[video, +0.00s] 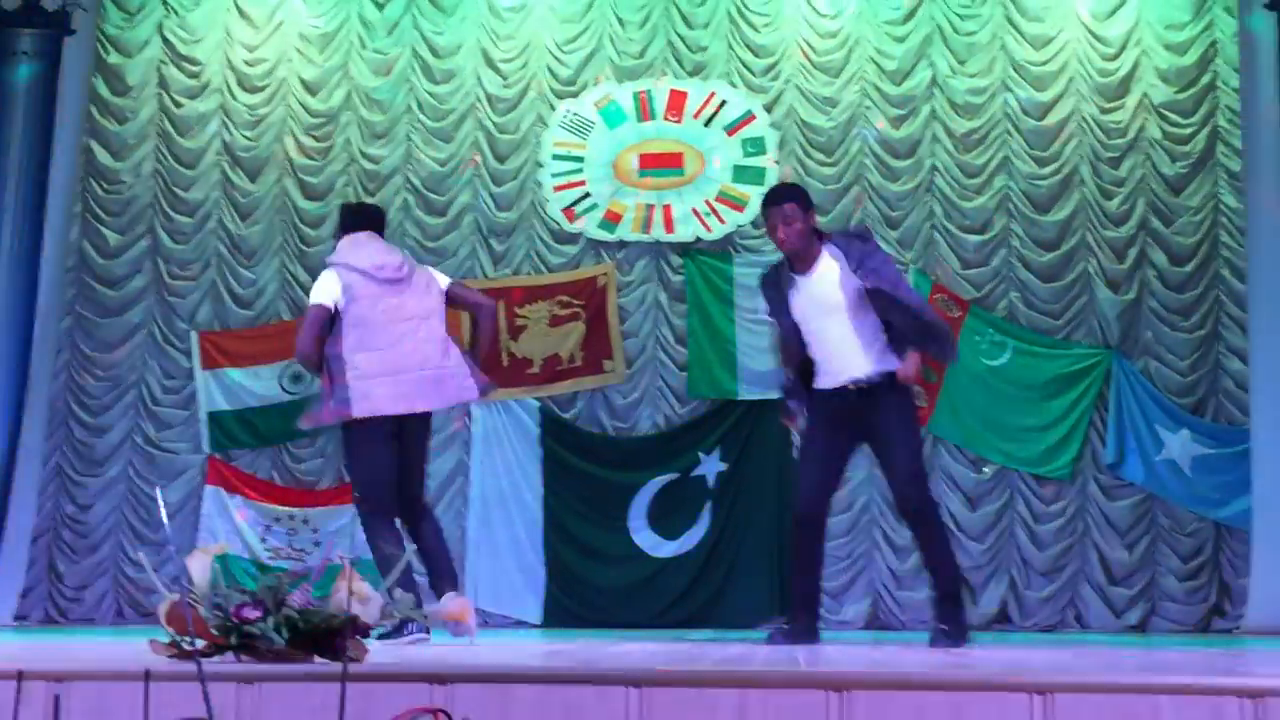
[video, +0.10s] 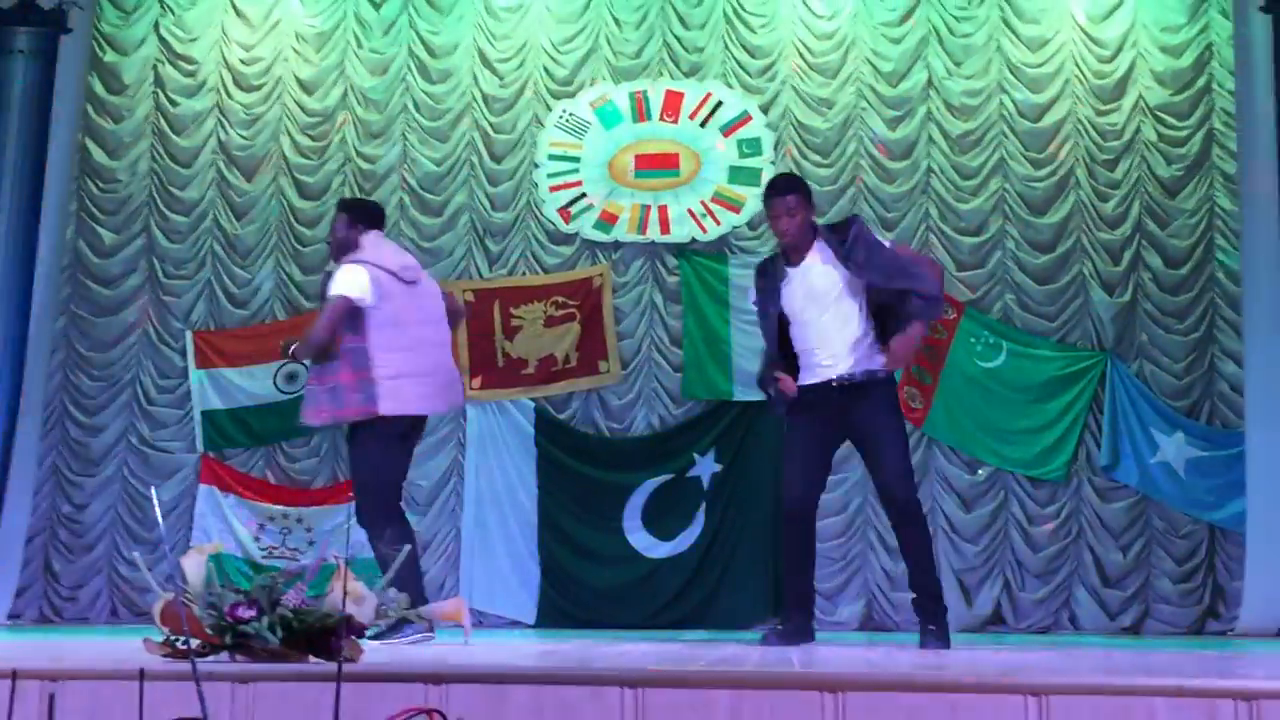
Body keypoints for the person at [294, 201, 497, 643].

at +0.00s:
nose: (336, 242)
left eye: (338, 236)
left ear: (342, 237)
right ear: (381, 235)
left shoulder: (336, 277)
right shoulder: (417, 272)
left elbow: (305, 349)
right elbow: (485, 306)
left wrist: (329, 374)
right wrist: (478, 368)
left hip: (370, 405)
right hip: (419, 401)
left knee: (376, 511)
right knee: (413, 501)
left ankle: (408, 615)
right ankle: (451, 597)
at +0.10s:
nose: (330, 240)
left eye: (335, 232)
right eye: (331, 232)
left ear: (355, 231)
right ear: (374, 231)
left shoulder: (355, 270)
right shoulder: (408, 265)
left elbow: (320, 339)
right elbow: (454, 309)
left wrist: (303, 352)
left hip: (383, 405)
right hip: (416, 404)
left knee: (376, 510)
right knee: (383, 506)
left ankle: (412, 613)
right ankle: (411, 608)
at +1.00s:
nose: (390, 291)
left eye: (399, 285)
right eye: (383, 284)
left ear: (412, 292)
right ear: (371, 290)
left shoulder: (433, 343)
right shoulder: (345, 343)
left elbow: (456, 413)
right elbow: (313, 408)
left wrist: (411, 395)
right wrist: (363, 393)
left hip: (412, 467)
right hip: (361, 468)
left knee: (411, 566)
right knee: (367, 569)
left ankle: (407, 656)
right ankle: (371, 657)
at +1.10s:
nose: (389, 293)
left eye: (397, 287)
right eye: (381, 286)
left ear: (411, 295)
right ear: (369, 293)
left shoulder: (433, 348)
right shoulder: (344, 347)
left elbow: (454, 414)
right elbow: (312, 411)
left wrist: (404, 396)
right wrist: (359, 396)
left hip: (412, 471)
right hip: (360, 471)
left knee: (409, 570)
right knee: (366, 573)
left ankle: (407, 667)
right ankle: (372, 668)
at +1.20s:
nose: (383, 293)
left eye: (392, 286)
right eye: (376, 286)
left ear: (406, 293)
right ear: (365, 292)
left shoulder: (430, 346)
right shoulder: (339, 346)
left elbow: (446, 413)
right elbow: (306, 409)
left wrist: (398, 394)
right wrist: (353, 393)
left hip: (406, 470)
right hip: (353, 471)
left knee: (403, 570)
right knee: (361, 575)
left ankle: (400, 666)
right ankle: (370, 668)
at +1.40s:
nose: (399, 302)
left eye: (408, 296)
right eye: (393, 296)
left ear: (424, 303)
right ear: (383, 303)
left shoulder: (448, 354)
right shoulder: (360, 353)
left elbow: (472, 418)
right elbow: (326, 420)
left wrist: (425, 397)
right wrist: (363, 387)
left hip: (423, 481)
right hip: (370, 482)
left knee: (421, 582)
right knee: (373, 588)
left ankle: (418, 683)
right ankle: (386, 681)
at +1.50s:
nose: (401, 308)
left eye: (410, 301)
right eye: (394, 300)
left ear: (426, 307)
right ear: (385, 305)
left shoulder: (451, 359)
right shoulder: (365, 358)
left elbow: (476, 423)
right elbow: (342, 432)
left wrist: (438, 403)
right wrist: (357, 409)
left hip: (428, 490)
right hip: (377, 489)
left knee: (423, 589)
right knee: (371, 591)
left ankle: (421, 685)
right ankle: (387, 682)